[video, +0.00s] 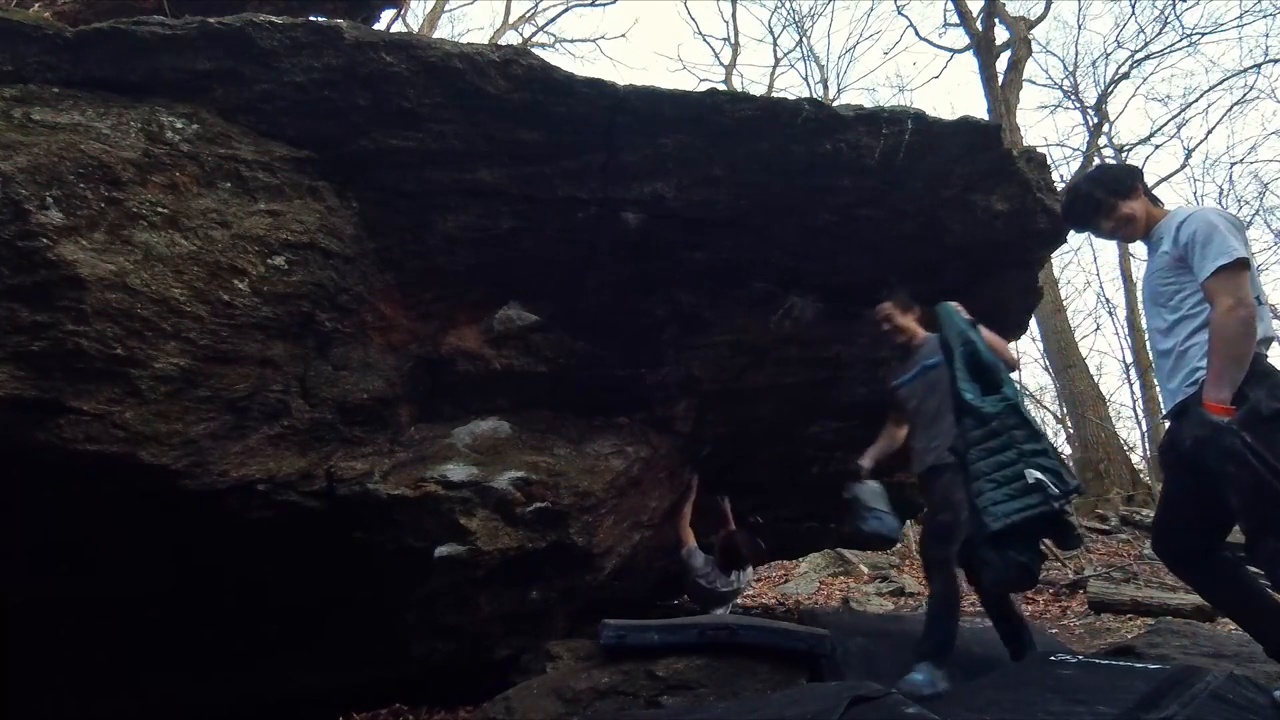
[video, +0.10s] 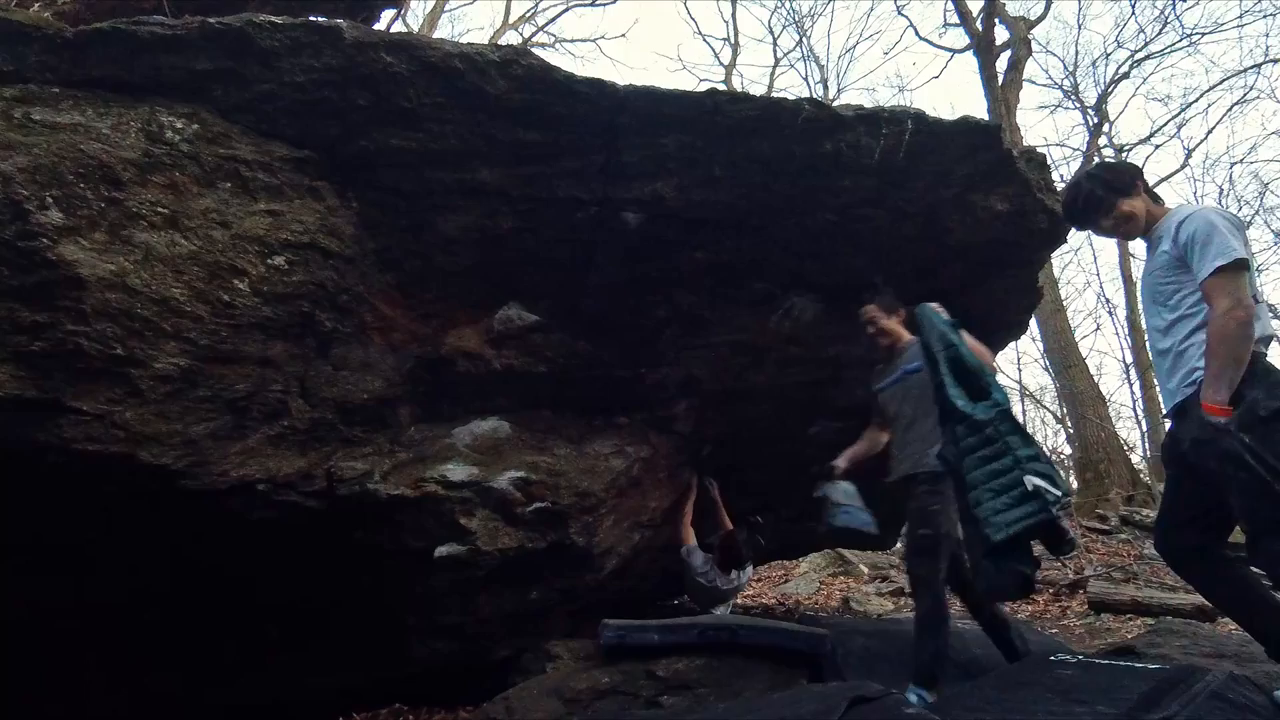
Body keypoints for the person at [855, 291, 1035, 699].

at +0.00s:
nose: (889, 328)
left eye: (891, 319)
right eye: (883, 325)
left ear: (912, 311)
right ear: (883, 330)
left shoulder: (948, 338)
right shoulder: (901, 372)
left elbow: (1007, 356)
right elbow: (897, 427)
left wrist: (968, 323)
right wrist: (869, 459)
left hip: (964, 463)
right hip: (933, 474)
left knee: (937, 556)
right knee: (979, 566)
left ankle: (934, 663)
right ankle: (1026, 656)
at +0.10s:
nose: (874, 332)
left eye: (877, 323)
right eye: (868, 328)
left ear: (899, 316)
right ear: (868, 332)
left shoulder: (930, 346)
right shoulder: (884, 374)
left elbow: (987, 363)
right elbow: (881, 430)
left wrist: (948, 326)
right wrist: (847, 457)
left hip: (940, 476)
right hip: (913, 482)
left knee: (924, 575)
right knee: (961, 578)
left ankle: (925, 687)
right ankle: (1021, 659)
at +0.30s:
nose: (831, 322)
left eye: (835, 313)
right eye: (825, 317)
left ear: (858, 308)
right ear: (827, 323)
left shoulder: (889, 339)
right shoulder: (844, 368)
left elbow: (951, 364)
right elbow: (846, 426)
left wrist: (905, 325)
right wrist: (809, 461)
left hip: (899, 471)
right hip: (861, 476)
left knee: (905, 577)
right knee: (850, 570)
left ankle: (923, 690)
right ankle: (934, 611)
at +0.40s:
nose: (810, 323)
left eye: (813, 312)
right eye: (804, 319)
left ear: (836, 304)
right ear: (803, 325)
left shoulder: (870, 333)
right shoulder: (823, 363)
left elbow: (931, 354)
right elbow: (830, 422)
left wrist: (883, 317)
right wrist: (794, 460)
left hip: (884, 474)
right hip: (841, 477)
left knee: (900, 589)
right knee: (800, 538)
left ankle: (922, 693)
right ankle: (875, 595)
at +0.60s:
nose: (766, 316)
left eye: (770, 305)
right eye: (760, 312)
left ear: (794, 300)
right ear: (760, 320)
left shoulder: (831, 325)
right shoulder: (785, 363)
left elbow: (890, 342)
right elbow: (790, 422)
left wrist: (844, 299)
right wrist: (759, 468)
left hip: (858, 472)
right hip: (804, 473)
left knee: (887, 582)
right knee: (759, 538)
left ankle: (920, 692)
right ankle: (747, 649)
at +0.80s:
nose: (719, 318)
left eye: (723, 308)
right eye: (713, 313)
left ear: (749, 302)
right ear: (713, 319)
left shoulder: (784, 335)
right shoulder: (734, 369)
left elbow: (844, 352)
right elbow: (743, 432)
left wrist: (805, 306)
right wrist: (717, 480)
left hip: (805, 481)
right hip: (754, 488)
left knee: (847, 587)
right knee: (746, 598)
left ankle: (907, 683)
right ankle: (736, 704)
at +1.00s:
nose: (675, 312)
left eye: (680, 302)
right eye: (669, 306)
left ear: (705, 297)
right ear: (670, 312)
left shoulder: (743, 332)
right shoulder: (687, 368)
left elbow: (802, 356)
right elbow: (693, 426)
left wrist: (772, 310)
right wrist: (668, 476)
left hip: (765, 475)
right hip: (715, 484)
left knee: (784, 580)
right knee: (727, 593)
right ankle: (732, 700)